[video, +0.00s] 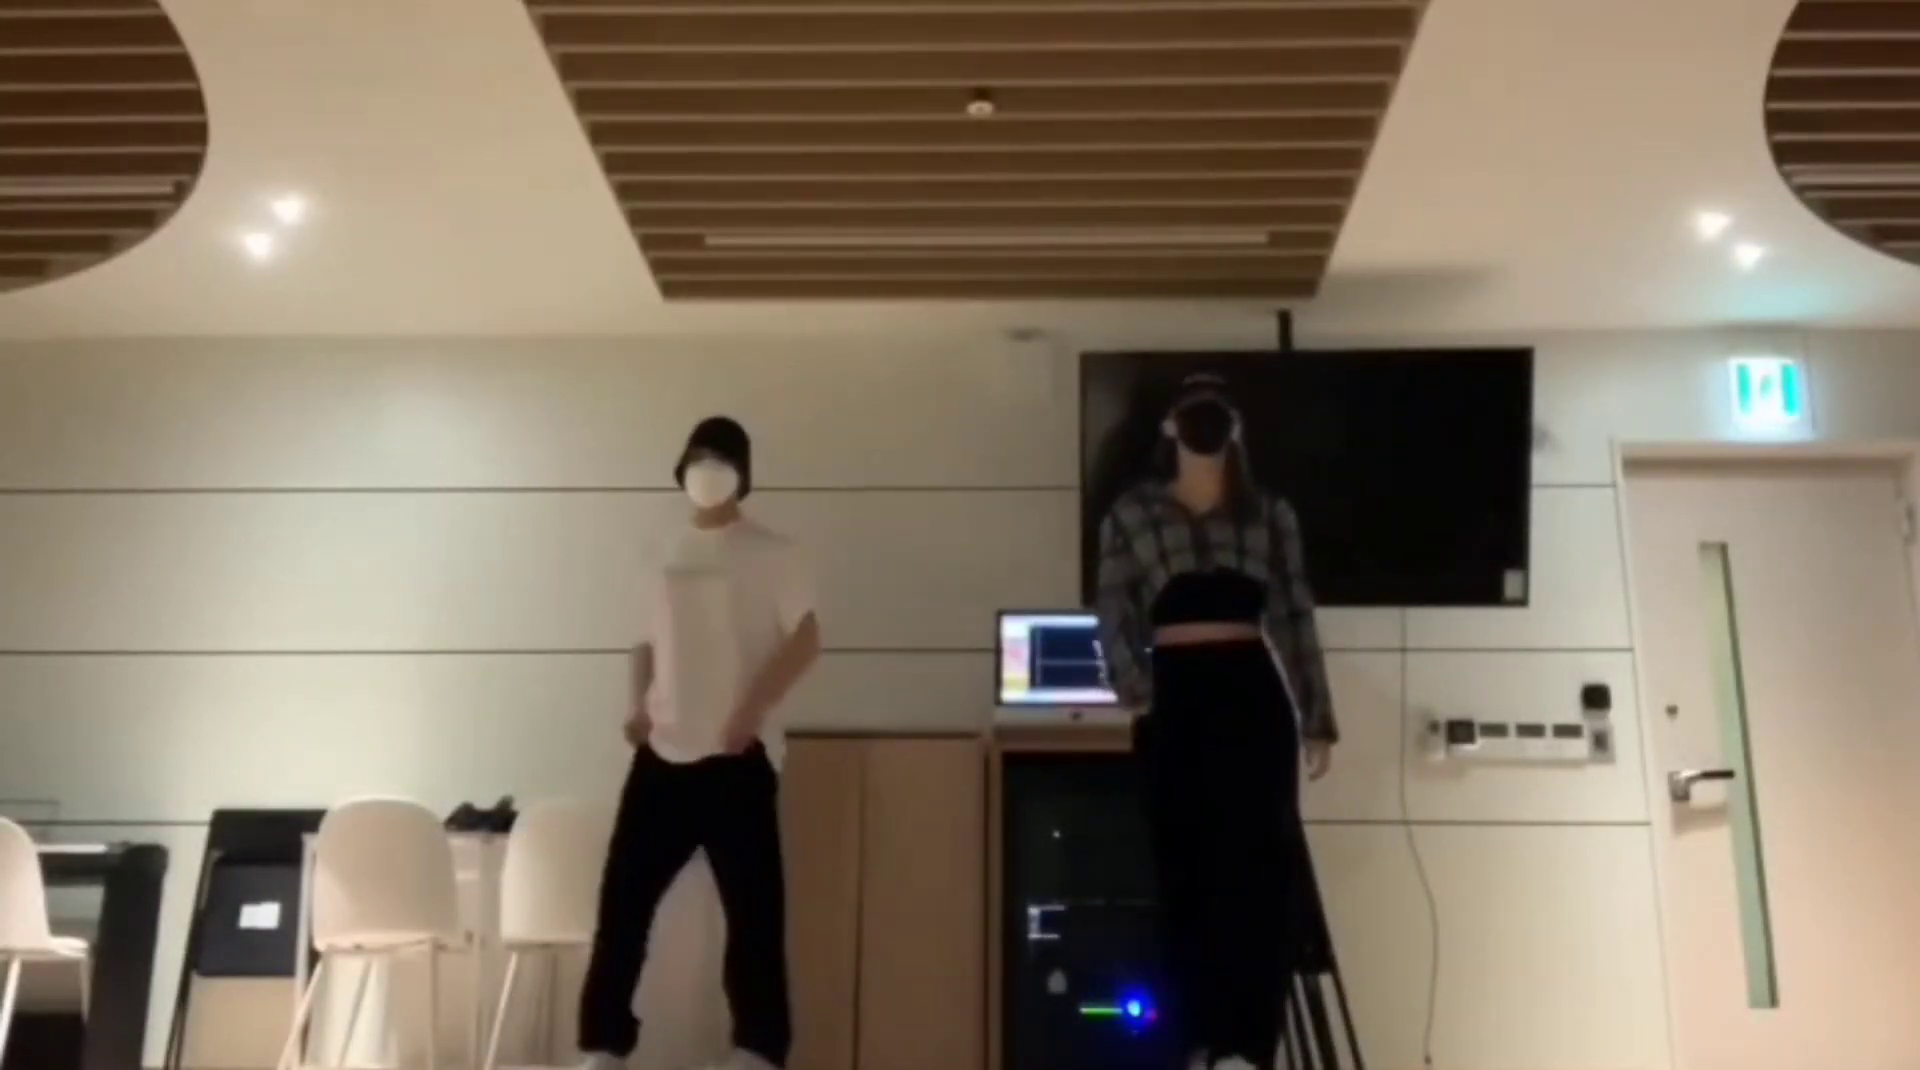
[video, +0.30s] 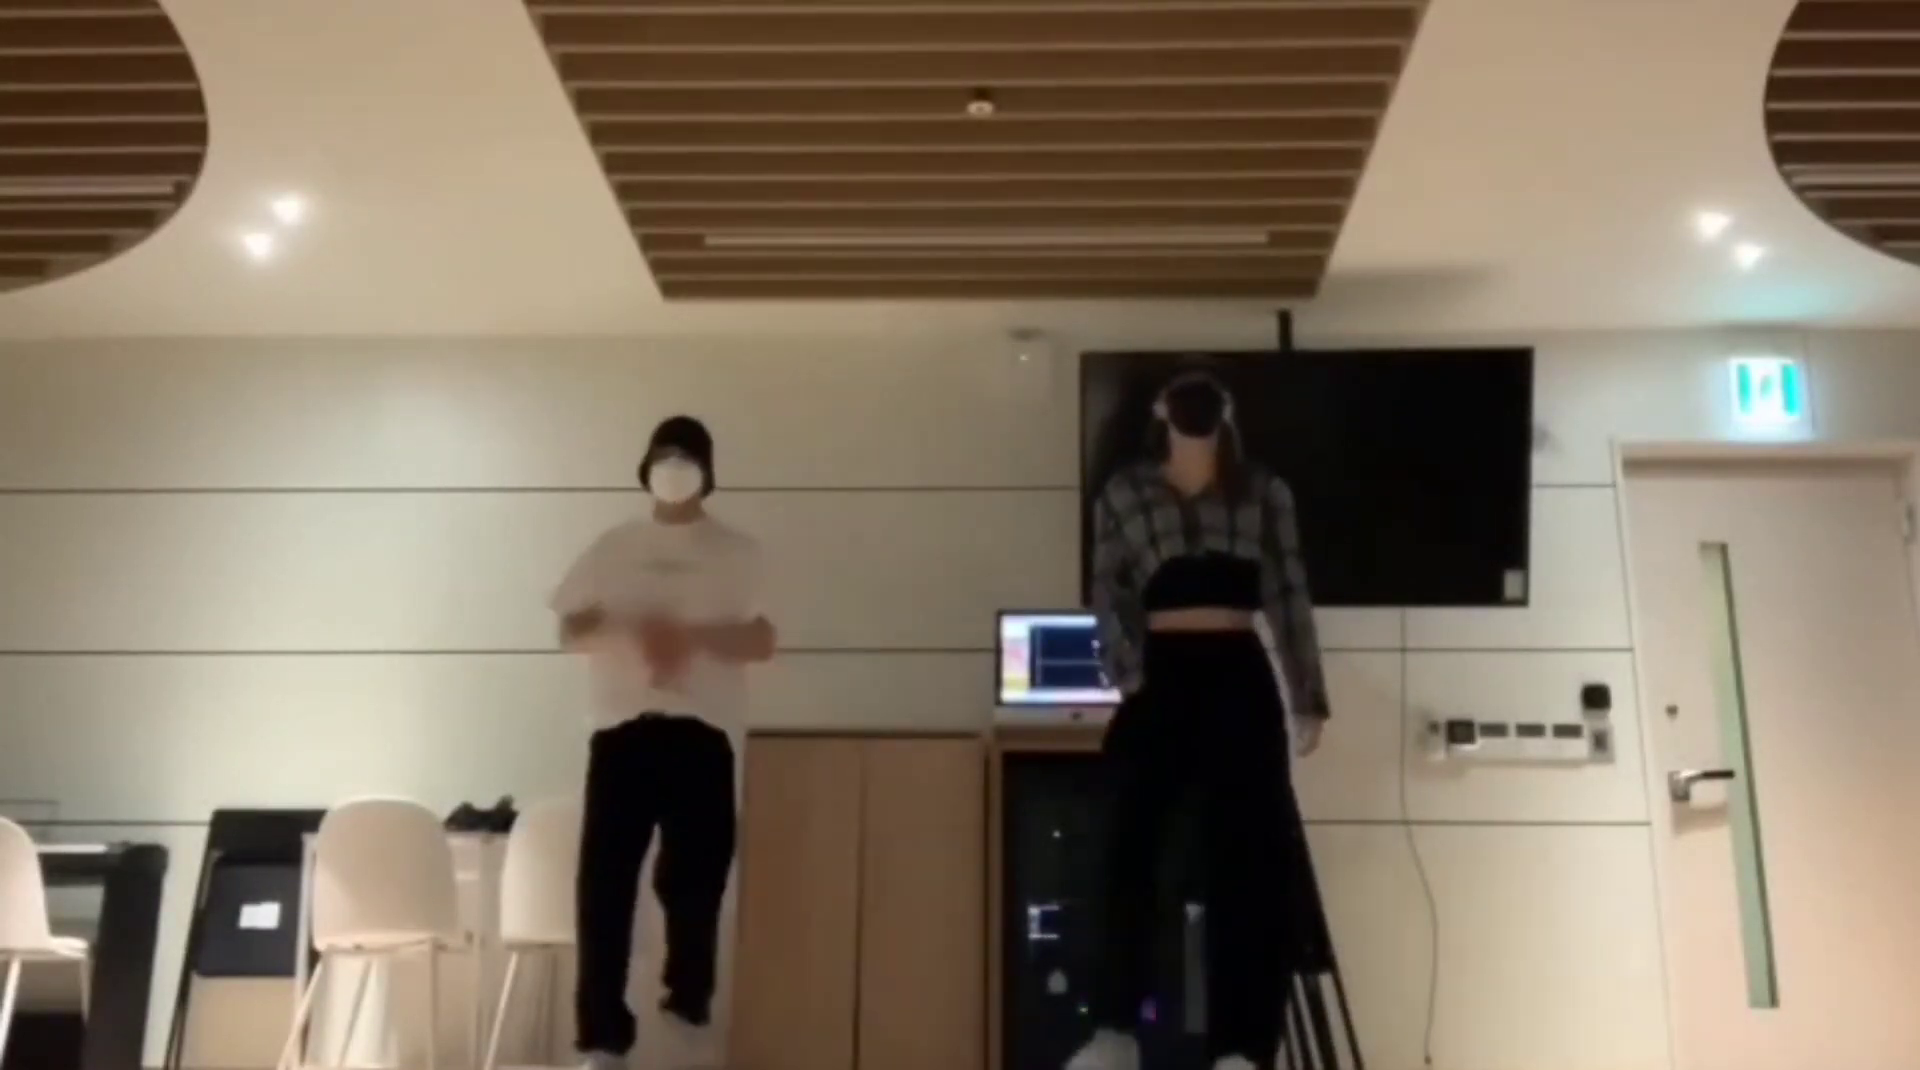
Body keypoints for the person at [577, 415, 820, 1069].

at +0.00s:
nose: (706, 477)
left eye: (720, 465)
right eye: (696, 465)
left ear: (743, 475)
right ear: (682, 474)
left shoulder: (774, 554)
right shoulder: (664, 557)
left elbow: (805, 639)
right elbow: (648, 642)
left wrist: (751, 710)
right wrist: (640, 706)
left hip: (736, 767)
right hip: (661, 767)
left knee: (755, 915)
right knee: (622, 907)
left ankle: (759, 1049)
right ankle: (604, 1046)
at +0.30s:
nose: (673, 474)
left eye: (686, 462)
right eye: (663, 462)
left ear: (707, 473)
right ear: (645, 471)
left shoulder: (737, 551)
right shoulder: (614, 545)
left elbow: (762, 639)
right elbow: (570, 629)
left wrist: (690, 638)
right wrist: (636, 631)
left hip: (703, 735)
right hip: (622, 734)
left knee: (693, 884)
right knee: (604, 889)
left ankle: (688, 1016)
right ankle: (602, 1039)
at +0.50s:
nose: (669, 491)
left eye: (683, 479)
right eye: (658, 479)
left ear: (704, 490)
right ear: (642, 489)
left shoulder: (733, 569)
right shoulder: (617, 563)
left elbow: (753, 655)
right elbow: (574, 636)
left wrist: (679, 647)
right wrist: (651, 584)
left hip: (698, 765)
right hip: (615, 763)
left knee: (681, 916)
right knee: (604, 914)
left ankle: (666, 1046)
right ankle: (608, 1047)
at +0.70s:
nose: (668, 504)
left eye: (682, 493)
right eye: (657, 493)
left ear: (701, 505)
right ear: (640, 503)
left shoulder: (735, 584)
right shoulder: (610, 577)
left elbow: (798, 642)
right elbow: (552, 619)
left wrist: (768, 665)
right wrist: (544, 661)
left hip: (721, 752)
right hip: (639, 766)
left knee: (775, 808)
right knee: (611, 904)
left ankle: (761, 937)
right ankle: (617, 1044)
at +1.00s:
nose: (691, 521)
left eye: (703, 510)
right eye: (680, 511)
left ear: (725, 521)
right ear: (664, 524)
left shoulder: (755, 589)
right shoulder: (645, 604)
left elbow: (779, 655)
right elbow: (581, 672)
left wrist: (827, 600)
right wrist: (520, 730)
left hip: (777, 790)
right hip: (688, 802)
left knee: (848, 899)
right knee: (626, 927)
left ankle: (936, 1014)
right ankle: (621, 1052)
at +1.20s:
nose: (700, 510)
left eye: (713, 497)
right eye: (687, 502)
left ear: (736, 508)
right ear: (676, 518)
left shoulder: (774, 563)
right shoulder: (687, 595)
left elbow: (862, 565)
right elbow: (693, 677)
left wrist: (951, 540)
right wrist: (672, 741)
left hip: (809, 780)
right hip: (726, 795)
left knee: (879, 908)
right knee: (669, 920)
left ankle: (952, 1043)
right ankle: (621, 1052)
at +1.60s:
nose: (742, 536)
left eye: (746, 519)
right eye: (738, 523)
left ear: (776, 507)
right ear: (771, 507)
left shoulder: (808, 562)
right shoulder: (779, 580)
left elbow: (751, 505)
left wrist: (700, 449)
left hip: (807, 779)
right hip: (759, 782)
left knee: (854, 920)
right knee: (693, 923)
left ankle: (952, 1047)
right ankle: (623, 1050)